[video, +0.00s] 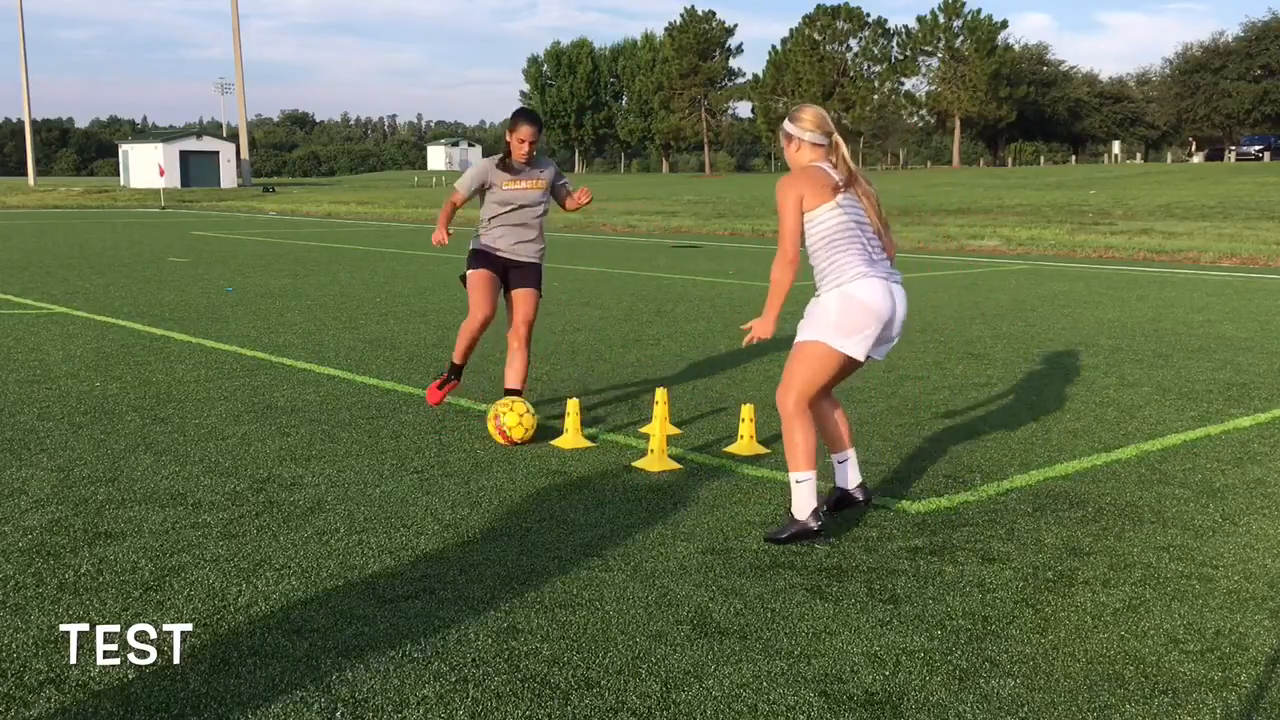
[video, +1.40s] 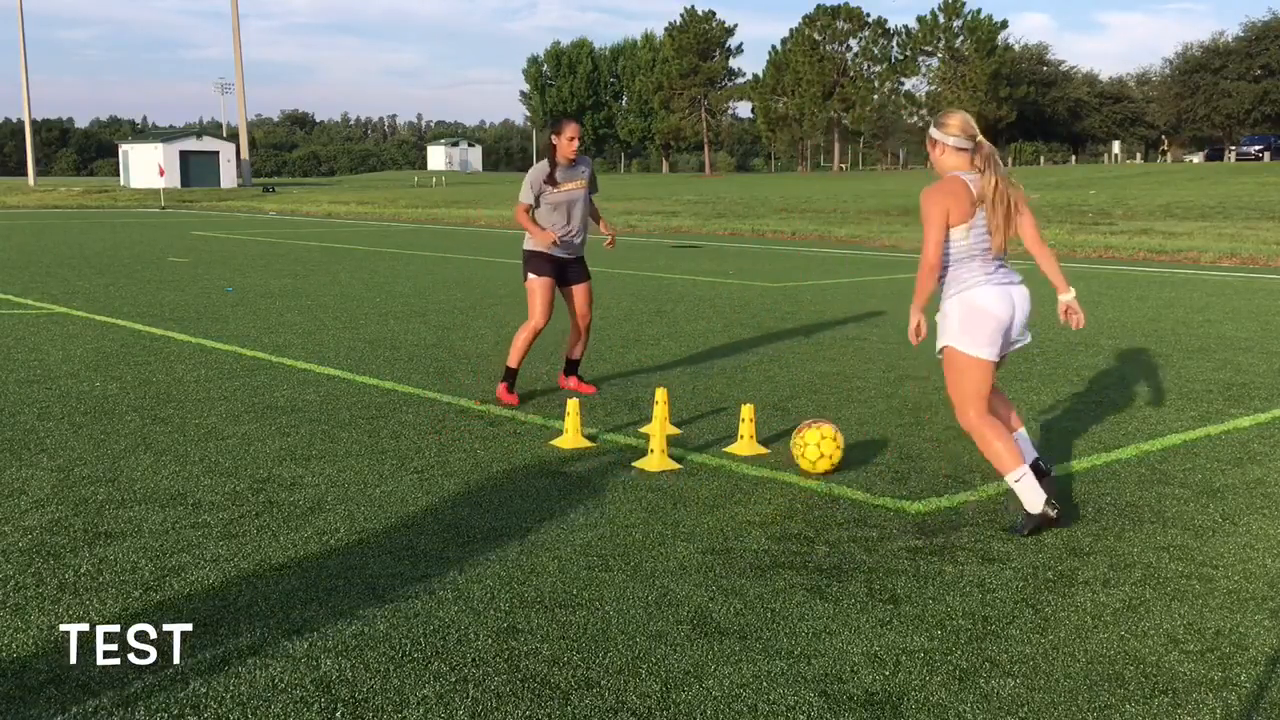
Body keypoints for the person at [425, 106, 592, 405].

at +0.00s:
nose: (527, 149)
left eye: (532, 142)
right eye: (521, 141)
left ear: (539, 141)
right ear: (508, 136)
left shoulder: (547, 170)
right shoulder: (487, 168)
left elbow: (566, 202)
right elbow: (454, 202)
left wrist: (576, 201)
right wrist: (442, 226)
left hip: (528, 259)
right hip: (487, 252)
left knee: (522, 330)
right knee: (481, 314)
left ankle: (512, 408)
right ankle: (452, 374)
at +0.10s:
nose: (528, 166)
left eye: (534, 159)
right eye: (522, 158)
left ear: (539, 159)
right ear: (509, 154)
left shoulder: (548, 189)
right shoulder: (485, 185)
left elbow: (569, 222)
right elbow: (453, 225)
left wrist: (585, 238)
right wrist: (427, 264)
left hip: (524, 271)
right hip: (482, 266)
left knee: (527, 338)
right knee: (477, 327)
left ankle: (510, 411)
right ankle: (475, 407)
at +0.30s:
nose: (528, 152)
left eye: (533, 145)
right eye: (522, 144)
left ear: (538, 145)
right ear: (507, 140)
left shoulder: (536, 173)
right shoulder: (482, 169)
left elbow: (527, 211)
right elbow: (452, 210)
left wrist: (536, 234)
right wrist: (437, 255)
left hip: (514, 258)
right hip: (476, 252)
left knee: (528, 332)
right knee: (486, 324)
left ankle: (510, 413)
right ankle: (466, 406)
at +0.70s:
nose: (536, 152)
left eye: (539, 146)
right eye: (530, 146)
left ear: (541, 148)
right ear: (514, 146)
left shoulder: (544, 181)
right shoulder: (493, 180)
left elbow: (541, 218)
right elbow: (471, 223)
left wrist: (555, 242)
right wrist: (485, 256)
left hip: (520, 269)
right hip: (486, 266)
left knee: (540, 339)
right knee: (477, 338)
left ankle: (510, 398)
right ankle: (448, 414)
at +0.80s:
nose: (539, 141)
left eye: (542, 135)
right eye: (533, 135)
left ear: (544, 137)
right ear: (517, 136)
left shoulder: (549, 170)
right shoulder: (499, 170)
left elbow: (546, 206)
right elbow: (481, 215)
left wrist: (558, 238)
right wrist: (508, 240)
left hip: (528, 259)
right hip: (493, 255)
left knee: (534, 335)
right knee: (492, 326)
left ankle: (510, 399)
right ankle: (463, 404)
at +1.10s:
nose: (550, 146)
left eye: (553, 140)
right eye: (544, 140)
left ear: (554, 143)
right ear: (527, 141)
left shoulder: (552, 174)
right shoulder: (510, 173)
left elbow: (544, 216)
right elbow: (486, 215)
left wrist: (560, 236)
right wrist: (520, 238)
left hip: (542, 261)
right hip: (510, 261)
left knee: (572, 319)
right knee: (515, 334)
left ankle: (548, 368)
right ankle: (484, 393)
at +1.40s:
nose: (577, 144)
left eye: (579, 139)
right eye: (571, 139)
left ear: (581, 141)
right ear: (555, 140)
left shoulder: (585, 166)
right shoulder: (539, 172)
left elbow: (587, 201)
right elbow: (521, 213)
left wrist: (602, 225)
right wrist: (540, 234)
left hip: (573, 255)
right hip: (541, 254)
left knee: (583, 318)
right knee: (538, 319)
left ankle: (570, 376)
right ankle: (506, 383)